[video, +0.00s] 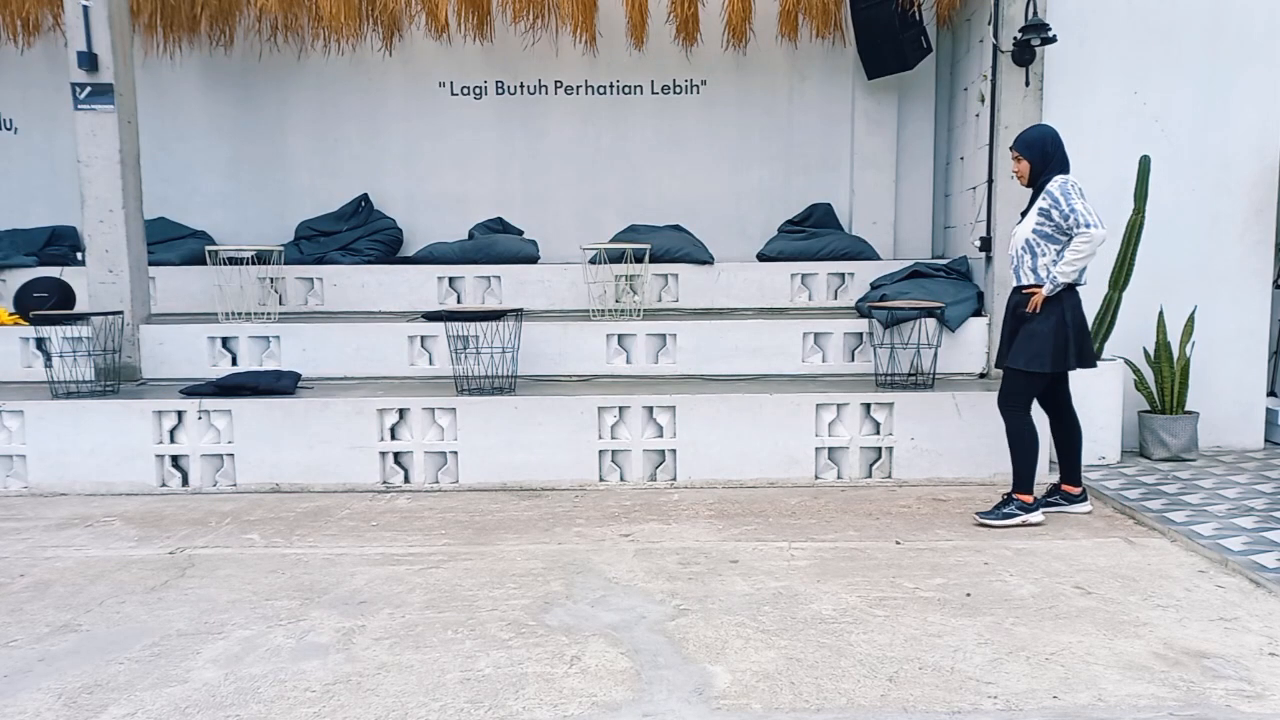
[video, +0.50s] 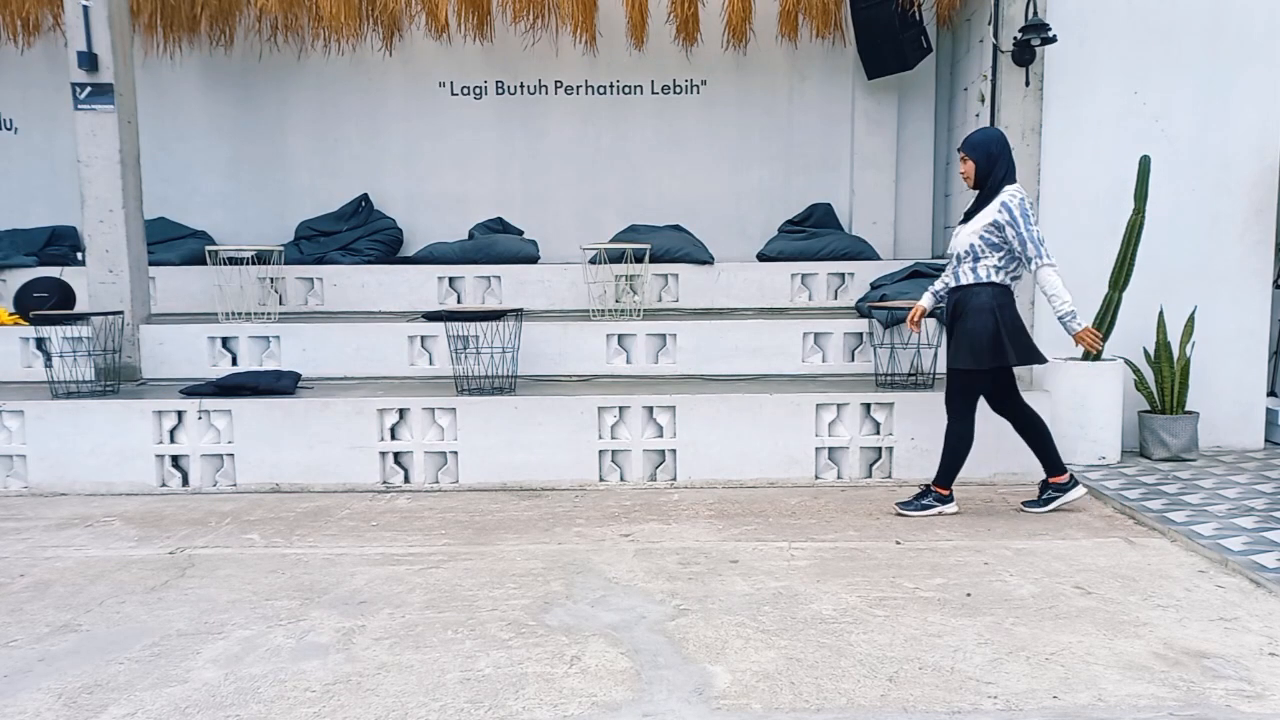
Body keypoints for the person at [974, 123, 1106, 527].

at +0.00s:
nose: (1015, 168)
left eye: (1020, 160)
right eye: (1014, 160)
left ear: (1041, 157)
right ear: (1038, 159)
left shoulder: (1060, 187)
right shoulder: (1044, 194)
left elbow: (1091, 232)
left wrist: (1052, 283)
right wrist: (1032, 284)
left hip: (1045, 311)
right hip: (1040, 309)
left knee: (1013, 402)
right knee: (1056, 401)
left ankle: (1022, 499)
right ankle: (1071, 488)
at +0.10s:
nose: (1009, 169)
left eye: (1014, 161)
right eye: (1008, 161)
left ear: (1035, 158)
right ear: (1031, 161)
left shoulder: (1054, 188)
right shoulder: (1039, 195)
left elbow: (1090, 231)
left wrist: (1050, 285)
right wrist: (1030, 286)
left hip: (1039, 312)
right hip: (1033, 311)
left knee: (999, 398)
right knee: (1051, 402)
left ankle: (1004, 495)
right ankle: (1071, 489)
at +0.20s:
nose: (1000, 168)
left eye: (1005, 160)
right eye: (998, 160)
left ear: (1027, 158)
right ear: (1017, 160)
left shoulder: (1048, 186)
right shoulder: (1025, 198)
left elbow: (1091, 231)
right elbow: (1015, 262)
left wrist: (1052, 283)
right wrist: (997, 306)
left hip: (1032, 310)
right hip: (1017, 310)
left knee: (994, 397)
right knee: (1048, 404)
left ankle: (964, 490)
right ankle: (1071, 489)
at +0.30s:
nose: (989, 169)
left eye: (994, 161)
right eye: (988, 161)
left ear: (1015, 158)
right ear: (1007, 159)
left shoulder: (1040, 190)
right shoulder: (1013, 201)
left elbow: (1086, 235)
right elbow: (998, 271)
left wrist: (1060, 292)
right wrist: (972, 313)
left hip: (1023, 309)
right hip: (1007, 311)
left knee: (983, 401)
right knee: (1039, 404)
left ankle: (941, 483)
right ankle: (1070, 488)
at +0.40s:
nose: (976, 169)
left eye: (981, 161)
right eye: (976, 162)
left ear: (1002, 160)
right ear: (996, 163)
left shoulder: (1027, 194)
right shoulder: (997, 205)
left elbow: (1072, 248)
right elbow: (978, 268)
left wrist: (1074, 311)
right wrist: (948, 304)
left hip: (1006, 310)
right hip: (988, 311)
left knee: (968, 400)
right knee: (1030, 403)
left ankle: (939, 489)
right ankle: (1068, 486)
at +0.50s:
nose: (960, 169)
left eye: (965, 160)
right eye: (960, 160)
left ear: (987, 160)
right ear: (983, 160)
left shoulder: (1011, 198)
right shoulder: (983, 204)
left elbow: (1041, 263)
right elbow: (958, 265)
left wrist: (1071, 321)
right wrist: (927, 300)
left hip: (982, 308)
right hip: (967, 308)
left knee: (959, 402)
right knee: (1006, 402)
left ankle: (940, 490)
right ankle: (1060, 479)